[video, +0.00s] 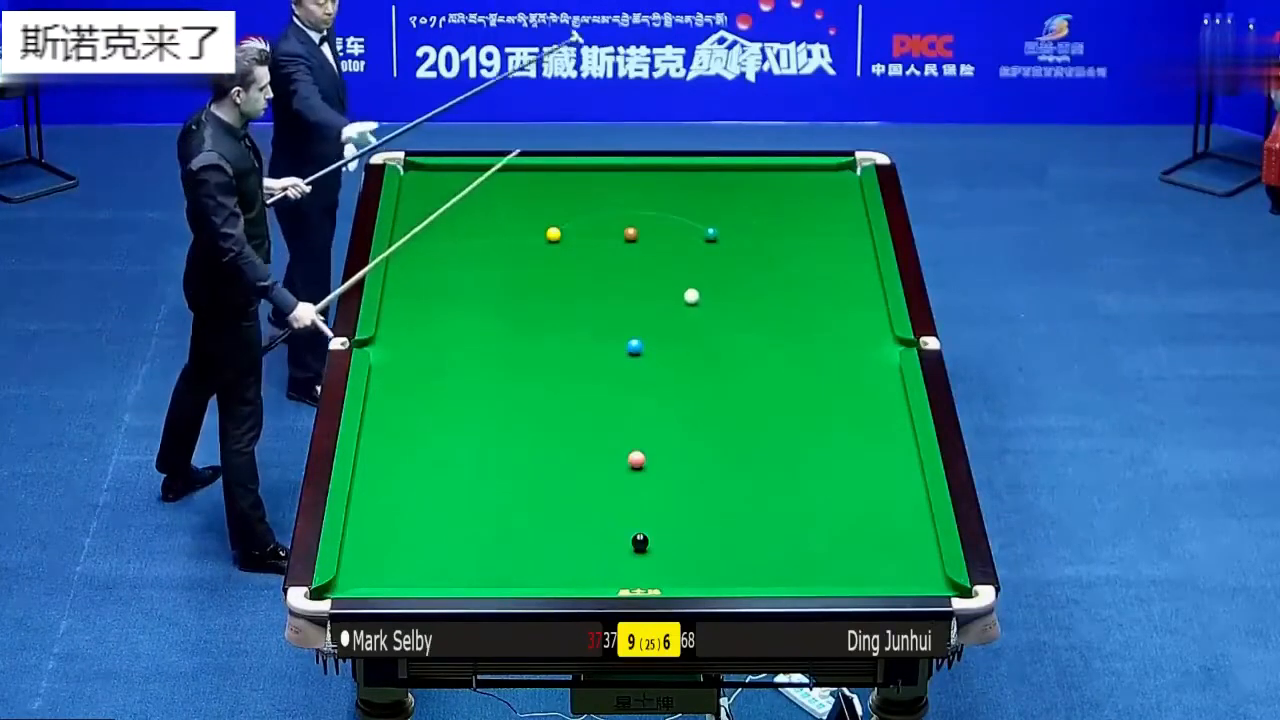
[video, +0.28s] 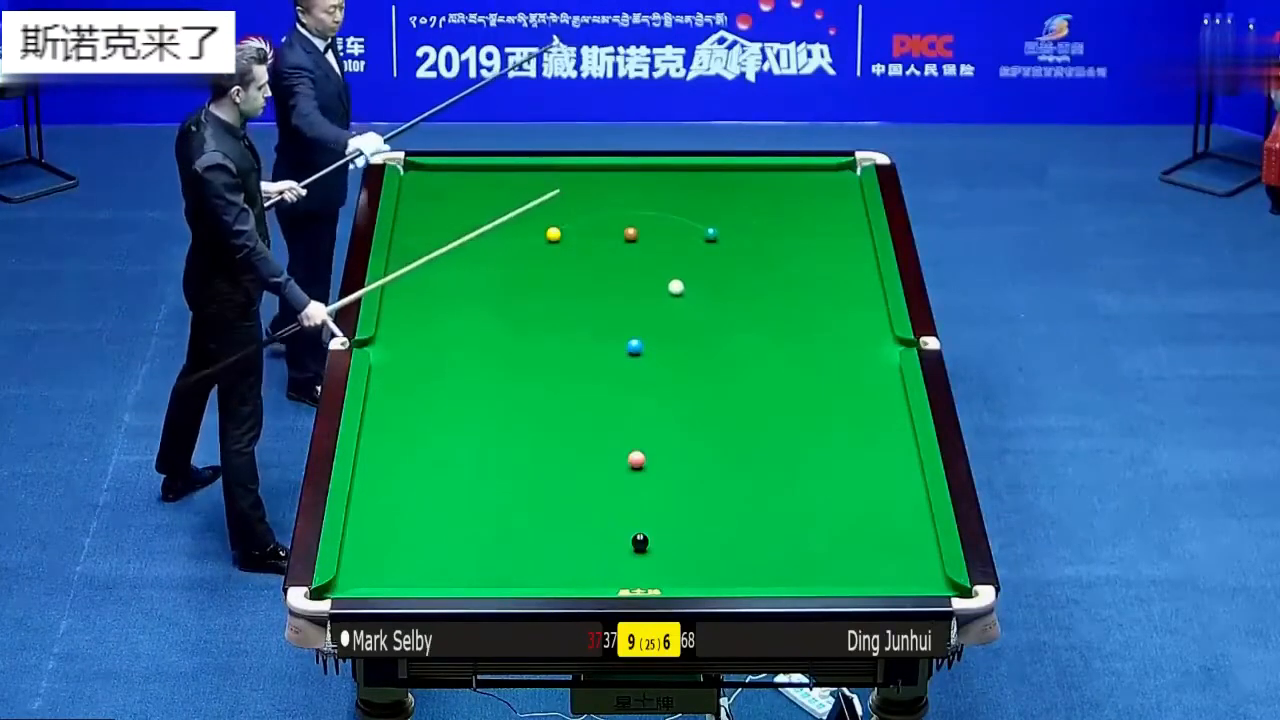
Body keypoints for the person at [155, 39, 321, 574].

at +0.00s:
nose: (269, 96)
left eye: (268, 86)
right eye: (262, 89)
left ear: (237, 89)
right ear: (234, 93)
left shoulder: (221, 122)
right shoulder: (210, 161)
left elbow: (228, 187)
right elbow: (233, 246)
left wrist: (265, 189)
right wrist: (287, 302)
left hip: (218, 284)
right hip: (229, 296)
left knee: (200, 375)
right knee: (242, 424)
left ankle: (176, 471)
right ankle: (253, 545)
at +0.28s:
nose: (267, 94)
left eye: (266, 85)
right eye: (260, 87)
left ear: (232, 86)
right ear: (234, 91)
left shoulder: (212, 123)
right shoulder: (214, 161)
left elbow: (221, 190)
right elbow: (244, 244)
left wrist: (261, 190)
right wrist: (301, 301)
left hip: (215, 282)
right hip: (230, 296)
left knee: (196, 379)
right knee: (241, 425)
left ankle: (175, 472)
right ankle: (253, 546)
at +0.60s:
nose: (267, 95)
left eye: (265, 86)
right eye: (261, 87)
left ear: (231, 86)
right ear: (238, 91)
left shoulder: (207, 122)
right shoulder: (214, 160)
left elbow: (225, 188)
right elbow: (244, 245)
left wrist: (267, 190)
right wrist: (302, 301)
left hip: (212, 280)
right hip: (230, 294)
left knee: (195, 379)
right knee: (241, 424)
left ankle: (175, 472)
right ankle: (253, 545)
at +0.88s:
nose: (266, 96)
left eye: (265, 87)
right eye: (260, 89)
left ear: (229, 88)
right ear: (234, 92)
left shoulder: (203, 121)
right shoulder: (213, 164)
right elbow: (245, 247)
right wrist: (301, 300)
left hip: (209, 280)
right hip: (227, 294)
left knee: (194, 378)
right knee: (241, 426)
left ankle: (175, 472)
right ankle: (253, 546)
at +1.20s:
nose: (267, 100)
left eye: (267, 91)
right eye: (262, 92)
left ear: (229, 89)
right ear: (237, 94)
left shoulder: (202, 121)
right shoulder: (212, 165)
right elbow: (246, 247)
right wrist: (302, 301)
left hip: (206, 281)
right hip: (226, 296)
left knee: (193, 379)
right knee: (240, 425)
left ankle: (175, 472)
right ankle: (253, 546)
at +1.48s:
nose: (267, 103)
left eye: (267, 94)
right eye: (262, 95)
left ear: (228, 93)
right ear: (237, 98)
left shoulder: (200, 122)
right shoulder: (211, 169)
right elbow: (245, 248)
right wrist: (301, 301)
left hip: (206, 284)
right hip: (226, 298)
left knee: (192, 379)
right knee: (239, 426)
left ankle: (175, 472)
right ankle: (253, 546)